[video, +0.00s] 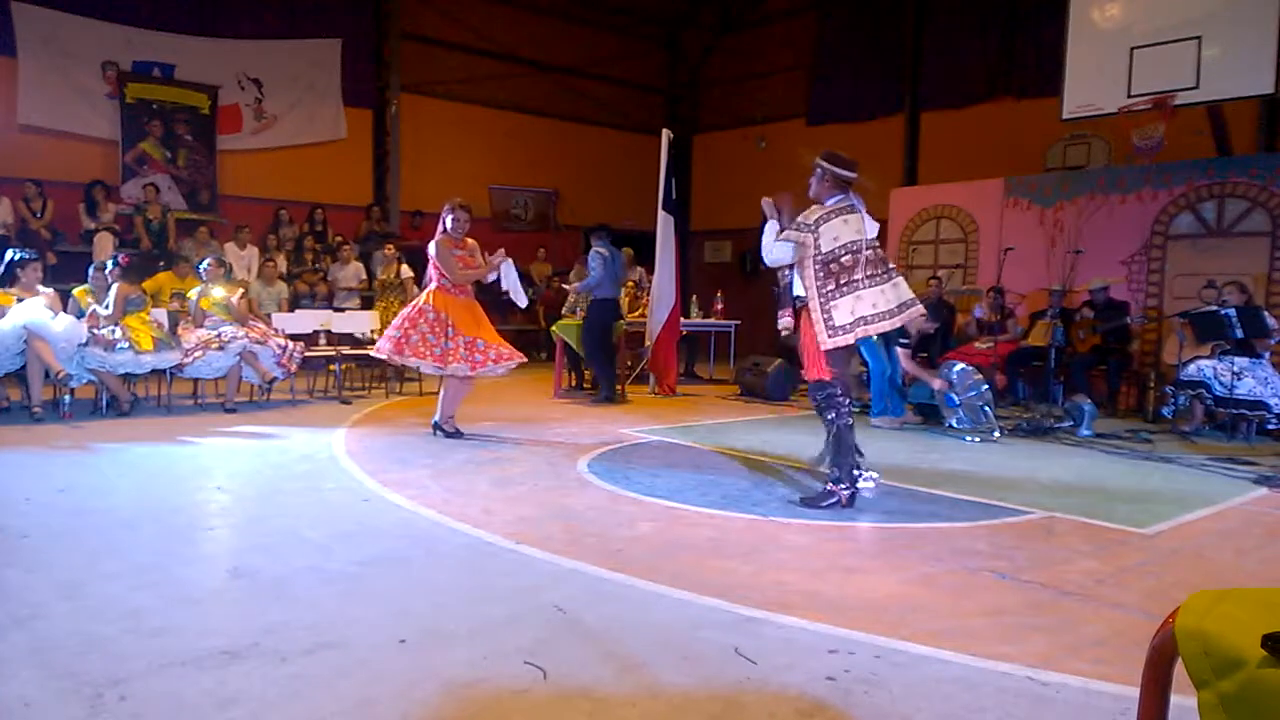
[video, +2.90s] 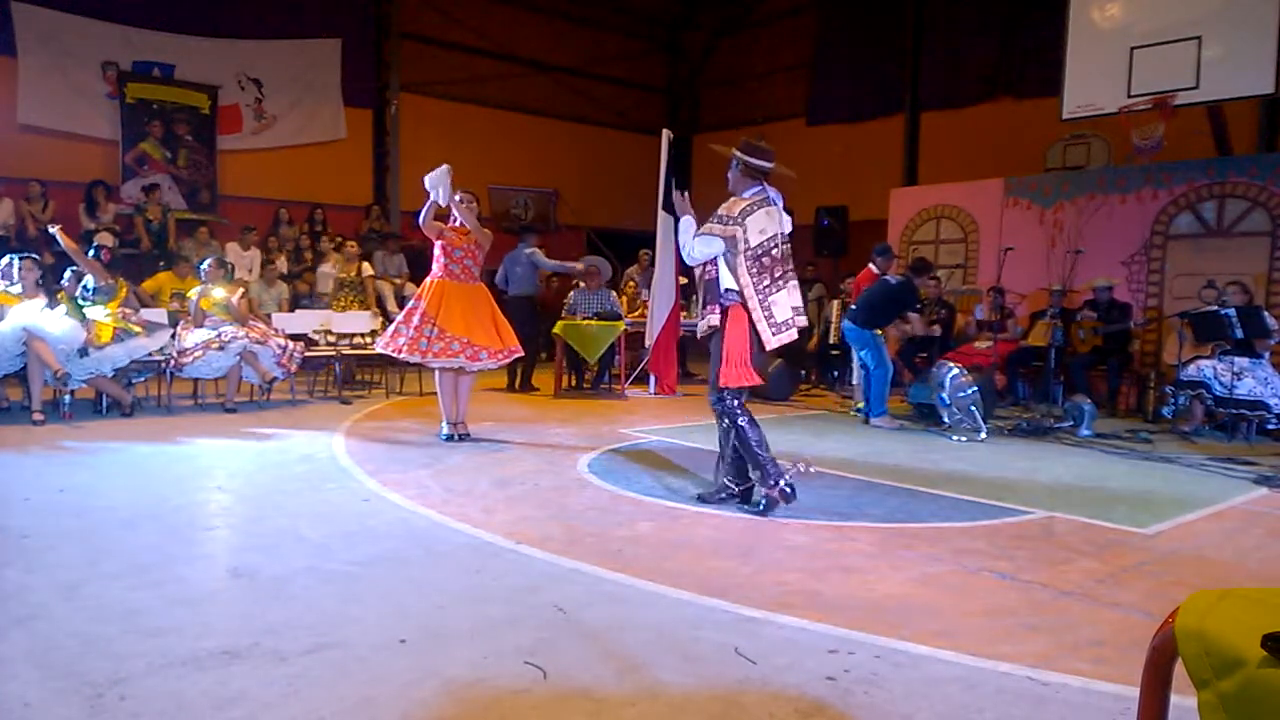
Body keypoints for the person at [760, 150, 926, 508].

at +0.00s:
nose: (809, 183)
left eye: (814, 177)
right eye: (812, 176)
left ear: (826, 181)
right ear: (843, 184)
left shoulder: (812, 222)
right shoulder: (859, 217)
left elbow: (772, 255)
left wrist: (771, 220)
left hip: (818, 316)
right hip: (844, 314)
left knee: (827, 394)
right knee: (833, 391)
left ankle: (841, 482)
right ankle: (848, 464)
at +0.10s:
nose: (811, 176)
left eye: (817, 172)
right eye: (814, 171)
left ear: (828, 180)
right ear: (842, 183)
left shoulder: (823, 219)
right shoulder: (850, 210)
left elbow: (771, 250)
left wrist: (758, 221)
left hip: (825, 316)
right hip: (836, 311)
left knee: (831, 392)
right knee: (802, 391)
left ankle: (843, 483)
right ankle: (837, 462)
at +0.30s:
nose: (803, 175)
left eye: (809, 171)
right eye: (807, 169)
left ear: (820, 179)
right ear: (833, 182)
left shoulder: (822, 217)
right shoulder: (831, 210)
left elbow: (776, 239)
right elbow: (789, 240)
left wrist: (733, 222)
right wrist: (760, 218)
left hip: (815, 312)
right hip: (811, 310)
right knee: (771, 387)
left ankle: (841, 486)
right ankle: (789, 475)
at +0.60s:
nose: (777, 178)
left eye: (783, 173)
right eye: (780, 172)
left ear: (797, 181)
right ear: (800, 180)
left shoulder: (805, 216)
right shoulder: (780, 212)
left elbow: (761, 243)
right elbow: (742, 252)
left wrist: (724, 209)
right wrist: (734, 211)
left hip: (792, 319)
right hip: (763, 320)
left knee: (810, 401)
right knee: (745, 397)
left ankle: (838, 482)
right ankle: (739, 480)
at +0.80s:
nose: (755, 176)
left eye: (761, 171)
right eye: (759, 169)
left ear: (774, 178)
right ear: (781, 179)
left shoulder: (788, 213)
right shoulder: (760, 211)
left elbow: (743, 238)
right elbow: (720, 246)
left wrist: (708, 203)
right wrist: (700, 221)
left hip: (764, 315)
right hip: (735, 314)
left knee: (753, 394)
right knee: (732, 398)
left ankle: (806, 463)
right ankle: (737, 480)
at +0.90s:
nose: (747, 174)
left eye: (753, 170)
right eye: (750, 168)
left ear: (767, 177)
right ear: (771, 178)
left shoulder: (784, 213)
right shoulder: (749, 211)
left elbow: (737, 222)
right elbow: (713, 234)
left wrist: (688, 207)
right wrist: (682, 215)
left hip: (757, 314)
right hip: (728, 313)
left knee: (741, 392)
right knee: (725, 397)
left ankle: (770, 475)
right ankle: (734, 480)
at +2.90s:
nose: (727, 173)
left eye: (731, 168)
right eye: (730, 167)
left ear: (740, 172)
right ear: (761, 175)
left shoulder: (734, 212)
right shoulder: (771, 205)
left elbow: (693, 251)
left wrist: (686, 216)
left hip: (738, 312)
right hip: (755, 310)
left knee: (726, 398)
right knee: (727, 397)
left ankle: (774, 482)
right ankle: (734, 484)